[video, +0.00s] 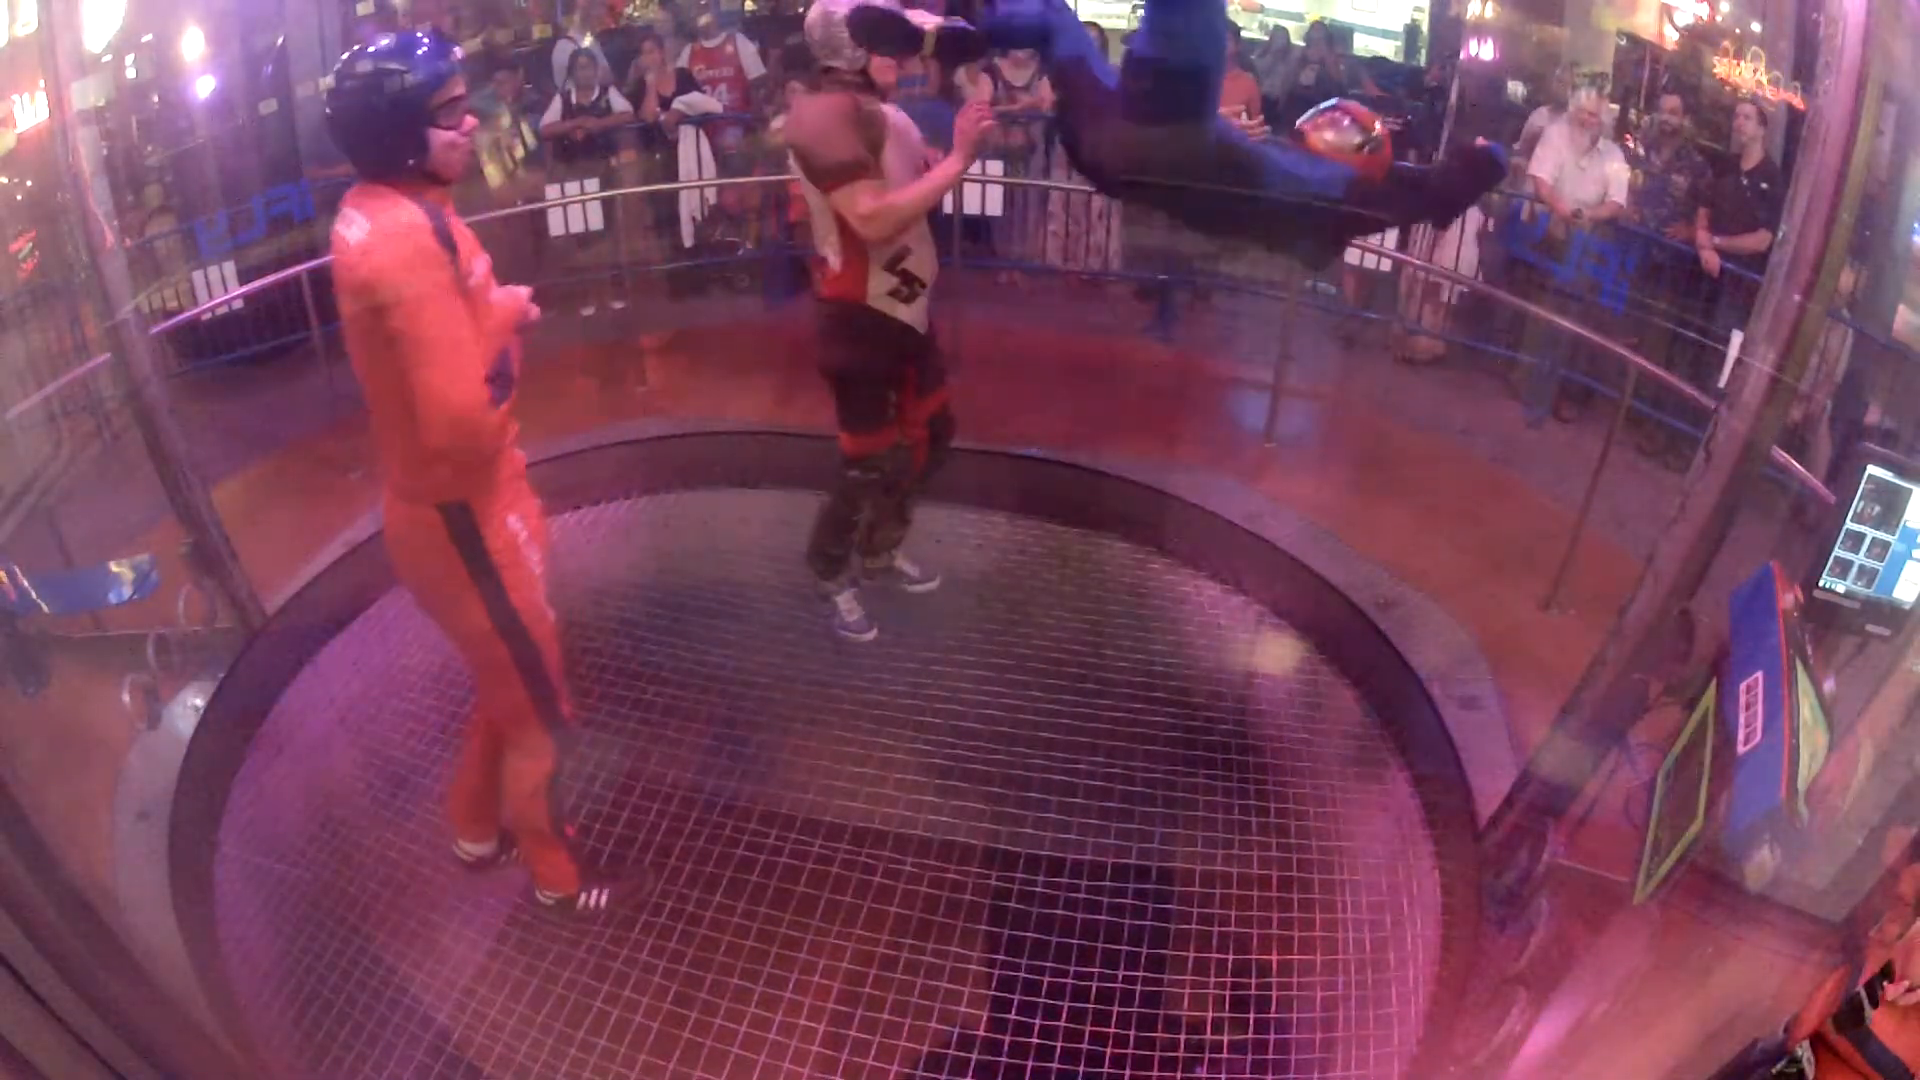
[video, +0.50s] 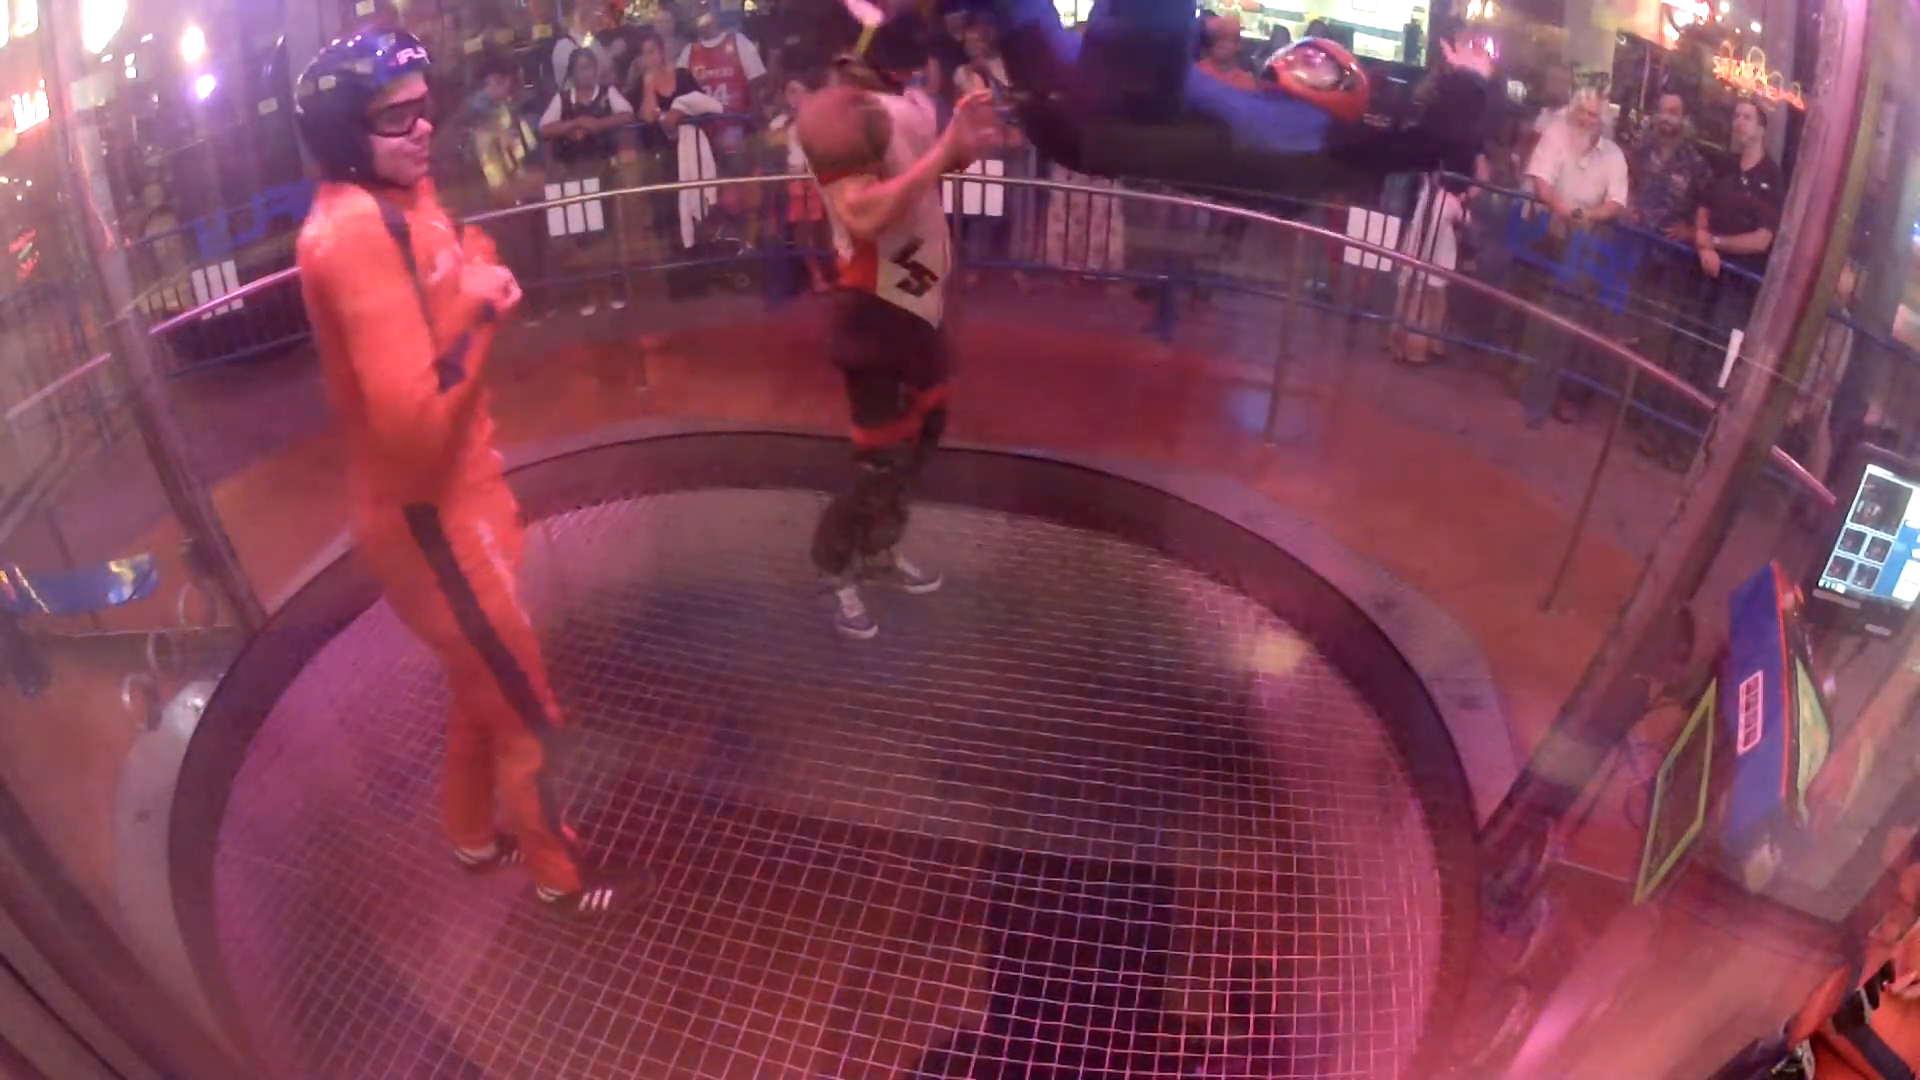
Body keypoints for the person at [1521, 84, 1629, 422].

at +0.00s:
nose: (1589, 120)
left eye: (1595, 115)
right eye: (1584, 113)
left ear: (1604, 119)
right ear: (1572, 112)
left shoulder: (1612, 153)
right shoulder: (1556, 134)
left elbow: (1618, 202)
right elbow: (1540, 181)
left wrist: (1588, 214)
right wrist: (1562, 211)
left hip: (1588, 233)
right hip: (1550, 222)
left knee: (1575, 307)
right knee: (1542, 299)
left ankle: (1563, 387)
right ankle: (1528, 375)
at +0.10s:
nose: (1589, 120)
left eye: (1595, 115)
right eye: (1584, 113)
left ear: (1603, 119)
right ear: (1572, 112)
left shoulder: (1612, 153)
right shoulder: (1556, 134)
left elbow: (1618, 202)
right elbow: (1540, 181)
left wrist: (1588, 215)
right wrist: (1562, 211)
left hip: (1588, 232)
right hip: (1550, 221)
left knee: (1577, 305)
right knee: (1541, 296)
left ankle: (1566, 387)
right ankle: (1526, 373)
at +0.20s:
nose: (1589, 120)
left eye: (1595, 116)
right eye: (1585, 113)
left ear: (1604, 119)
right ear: (1572, 111)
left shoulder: (1613, 153)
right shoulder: (1556, 134)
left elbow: (1618, 203)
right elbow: (1540, 181)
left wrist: (1587, 215)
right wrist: (1562, 211)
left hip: (1587, 233)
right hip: (1548, 222)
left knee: (1576, 306)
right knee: (1541, 298)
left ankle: (1564, 388)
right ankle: (1527, 375)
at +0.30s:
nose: (1588, 120)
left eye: (1595, 115)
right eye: (1584, 112)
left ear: (1603, 119)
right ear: (1572, 111)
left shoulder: (1612, 153)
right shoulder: (1555, 134)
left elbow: (1618, 202)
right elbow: (1540, 181)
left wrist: (1589, 214)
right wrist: (1561, 210)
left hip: (1588, 232)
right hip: (1549, 222)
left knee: (1575, 308)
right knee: (1542, 301)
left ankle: (1561, 390)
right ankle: (1532, 386)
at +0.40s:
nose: (1588, 120)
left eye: (1595, 115)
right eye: (1584, 112)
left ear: (1603, 119)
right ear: (1572, 111)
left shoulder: (1613, 153)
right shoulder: (1556, 134)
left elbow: (1618, 202)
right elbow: (1540, 181)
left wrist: (1588, 214)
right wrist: (1561, 211)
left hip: (1587, 232)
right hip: (1549, 223)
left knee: (1575, 308)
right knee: (1543, 302)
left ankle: (1560, 389)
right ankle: (1533, 390)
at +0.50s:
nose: (1588, 120)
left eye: (1594, 115)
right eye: (1584, 112)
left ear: (1603, 119)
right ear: (1572, 111)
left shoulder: (1612, 154)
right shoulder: (1556, 135)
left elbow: (1618, 201)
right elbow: (1540, 180)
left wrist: (1589, 214)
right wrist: (1561, 209)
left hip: (1587, 229)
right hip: (1550, 219)